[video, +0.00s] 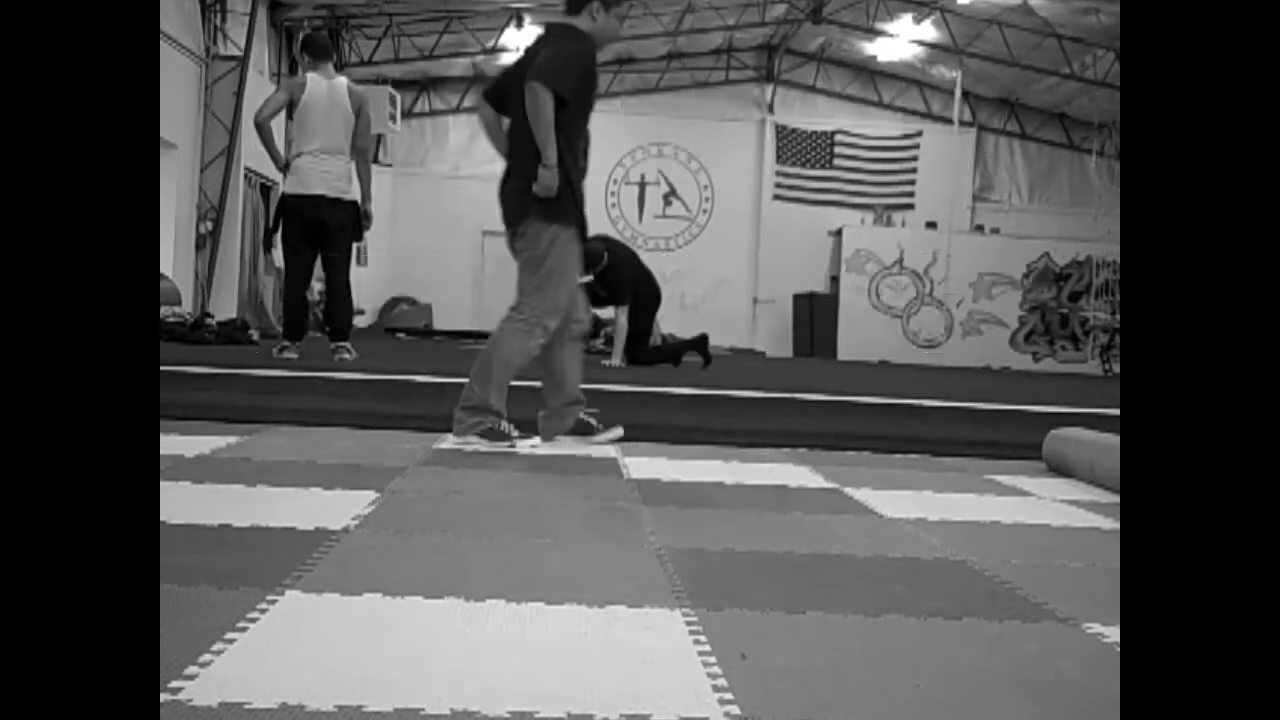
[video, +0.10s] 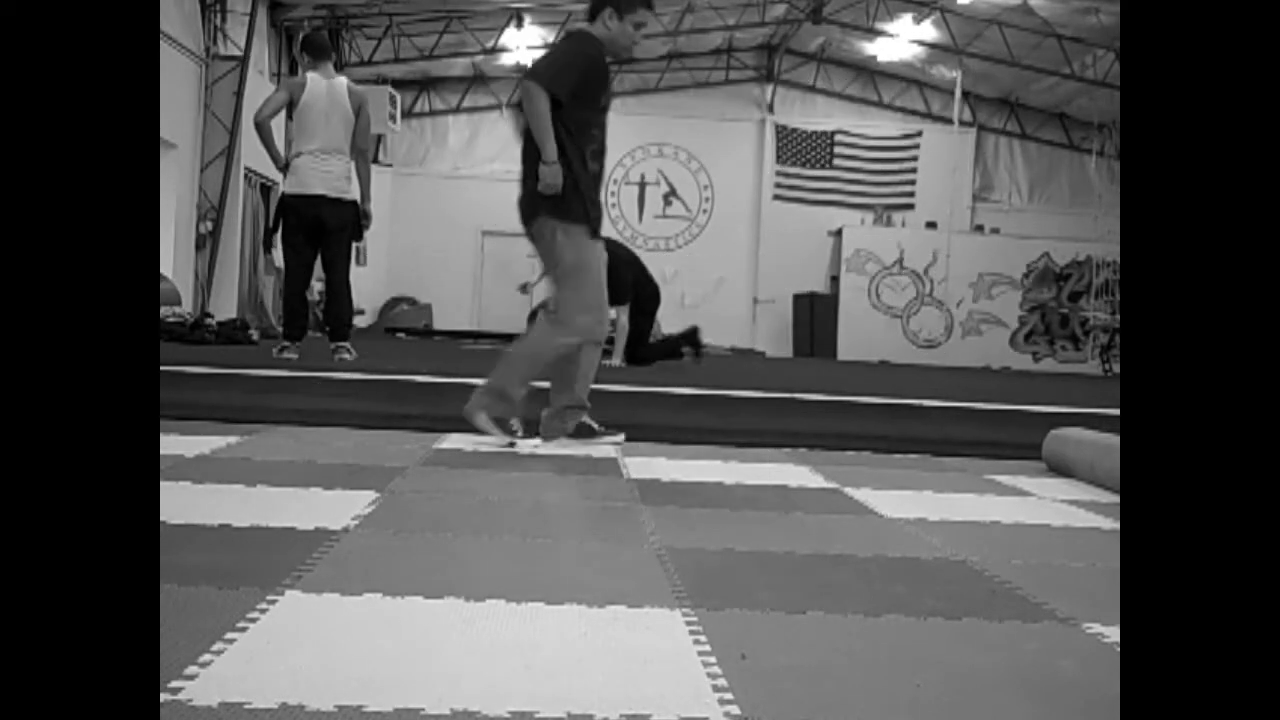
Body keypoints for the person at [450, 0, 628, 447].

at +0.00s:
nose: (621, 27)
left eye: (622, 16)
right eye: (619, 15)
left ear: (579, 8)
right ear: (597, 9)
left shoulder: (545, 47)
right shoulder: (574, 43)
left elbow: (488, 105)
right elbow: (539, 88)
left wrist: (517, 159)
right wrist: (549, 164)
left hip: (534, 194)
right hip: (550, 196)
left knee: (569, 316)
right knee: (538, 313)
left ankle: (563, 416)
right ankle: (477, 413)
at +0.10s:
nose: (639, 37)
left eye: (642, 29)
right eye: (636, 27)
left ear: (609, 19)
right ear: (609, 17)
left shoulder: (591, 58)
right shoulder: (581, 47)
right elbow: (533, 88)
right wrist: (549, 158)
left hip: (577, 208)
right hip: (560, 206)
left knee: (590, 319)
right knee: (578, 318)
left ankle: (565, 417)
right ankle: (490, 403)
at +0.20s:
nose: (653, 43)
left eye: (658, 34)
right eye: (650, 30)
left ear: (624, 25)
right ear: (621, 20)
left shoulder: (609, 63)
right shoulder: (590, 47)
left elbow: (587, 134)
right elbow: (527, 78)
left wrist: (607, 199)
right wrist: (551, 141)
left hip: (588, 202)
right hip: (574, 200)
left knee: (591, 303)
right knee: (619, 298)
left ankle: (571, 406)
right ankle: (531, 385)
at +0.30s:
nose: (667, 38)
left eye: (673, 30)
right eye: (662, 25)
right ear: (634, 13)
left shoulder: (636, 67)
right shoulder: (596, 42)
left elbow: (625, 131)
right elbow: (525, 72)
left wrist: (630, 171)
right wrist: (559, 131)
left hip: (607, 200)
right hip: (585, 198)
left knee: (590, 306)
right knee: (634, 292)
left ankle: (559, 418)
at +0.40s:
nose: (674, 40)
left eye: (681, 32)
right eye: (668, 29)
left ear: (684, 32)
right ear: (640, 19)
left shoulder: (665, 77)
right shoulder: (601, 53)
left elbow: (687, 127)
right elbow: (532, 85)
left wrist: (701, 161)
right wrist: (566, 140)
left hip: (630, 205)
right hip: (596, 203)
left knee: (602, 322)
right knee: (640, 311)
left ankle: (561, 418)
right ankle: (662, 422)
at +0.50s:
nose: (682, 43)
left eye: (689, 34)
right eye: (676, 32)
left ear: (693, 32)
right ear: (649, 20)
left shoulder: (688, 79)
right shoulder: (609, 62)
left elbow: (721, 134)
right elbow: (547, 110)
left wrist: (750, 180)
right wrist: (574, 166)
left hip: (649, 211)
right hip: (611, 207)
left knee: (629, 318)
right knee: (660, 315)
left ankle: (571, 408)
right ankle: (684, 425)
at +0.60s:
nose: (692, 49)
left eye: (700, 40)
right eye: (684, 38)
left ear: (707, 35)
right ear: (658, 27)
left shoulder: (709, 80)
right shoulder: (616, 77)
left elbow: (729, 139)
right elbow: (571, 142)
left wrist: (734, 192)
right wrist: (592, 198)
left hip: (680, 214)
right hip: (630, 213)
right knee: (677, 316)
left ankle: (624, 375)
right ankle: (681, 427)